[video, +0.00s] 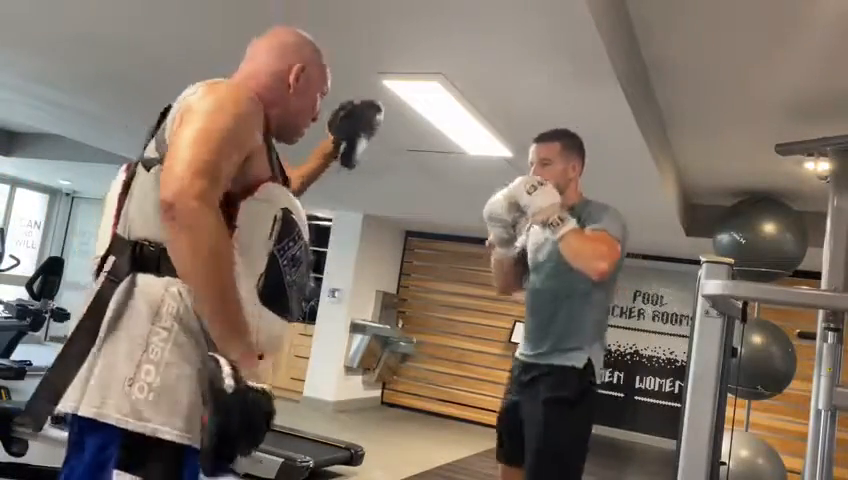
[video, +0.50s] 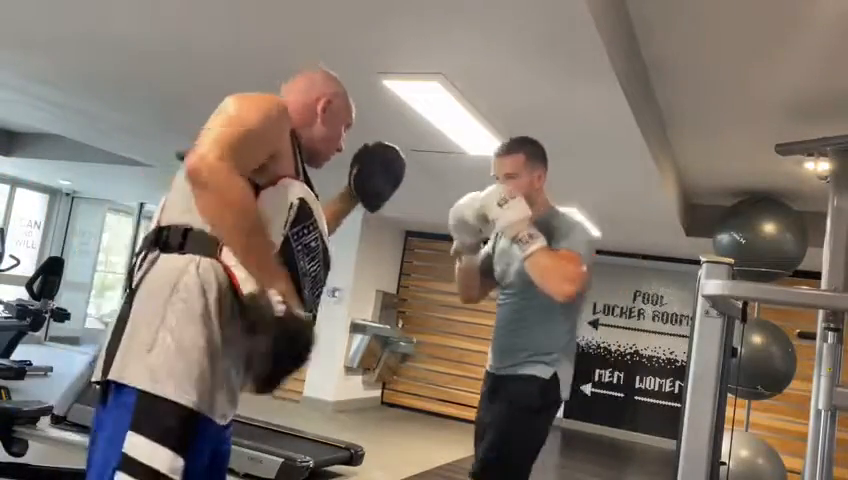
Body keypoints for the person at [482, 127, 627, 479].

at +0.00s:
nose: (535, 175)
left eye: (545, 164)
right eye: (533, 166)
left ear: (574, 168)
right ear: (529, 170)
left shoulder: (603, 217)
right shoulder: (538, 225)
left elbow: (599, 265)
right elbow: (506, 284)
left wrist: (555, 219)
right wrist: (503, 229)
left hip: (568, 373)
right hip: (526, 367)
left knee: (549, 472)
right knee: (512, 467)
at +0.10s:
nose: (528, 191)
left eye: (538, 180)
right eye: (526, 181)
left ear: (566, 184)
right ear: (523, 183)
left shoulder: (593, 234)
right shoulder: (526, 238)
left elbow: (597, 286)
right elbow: (497, 298)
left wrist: (550, 236)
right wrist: (495, 248)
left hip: (562, 379)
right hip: (518, 373)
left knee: (533, 471)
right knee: (504, 467)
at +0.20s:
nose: (522, 190)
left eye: (532, 180)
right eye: (519, 180)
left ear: (559, 182)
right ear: (516, 181)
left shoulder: (589, 232)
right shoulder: (520, 238)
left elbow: (598, 287)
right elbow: (492, 298)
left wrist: (548, 240)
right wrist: (488, 253)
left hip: (557, 374)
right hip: (513, 369)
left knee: (506, 473)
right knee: (502, 471)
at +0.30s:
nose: (519, 182)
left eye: (528, 173)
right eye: (515, 173)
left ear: (554, 173)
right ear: (511, 175)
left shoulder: (584, 221)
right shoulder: (512, 226)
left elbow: (595, 272)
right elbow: (479, 286)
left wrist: (548, 224)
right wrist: (480, 236)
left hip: (554, 365)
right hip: (510, 362)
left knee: (507, 472)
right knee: (501, 470)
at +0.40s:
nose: (514, 182)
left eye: (523, 172)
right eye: (509, 173)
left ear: (548, 172)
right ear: (504, 176)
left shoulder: (575, 220)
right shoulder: (508, 226)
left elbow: (585, 270)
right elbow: (470, 282)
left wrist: (539, 218)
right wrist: (472, 231)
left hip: (548, 369)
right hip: (505, 365)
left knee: (501, 471)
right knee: (495, 470)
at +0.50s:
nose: (503, 188)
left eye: (512, 177)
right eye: (499, 179)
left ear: (539, 177)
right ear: (495, 180)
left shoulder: (572, 228)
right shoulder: (505, 236)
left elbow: (564, 285)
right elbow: (469, 293)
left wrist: (522, 230)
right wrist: (467, 240)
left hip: (539, 376)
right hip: (500, 372)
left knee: (492, 471)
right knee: (489, 470)